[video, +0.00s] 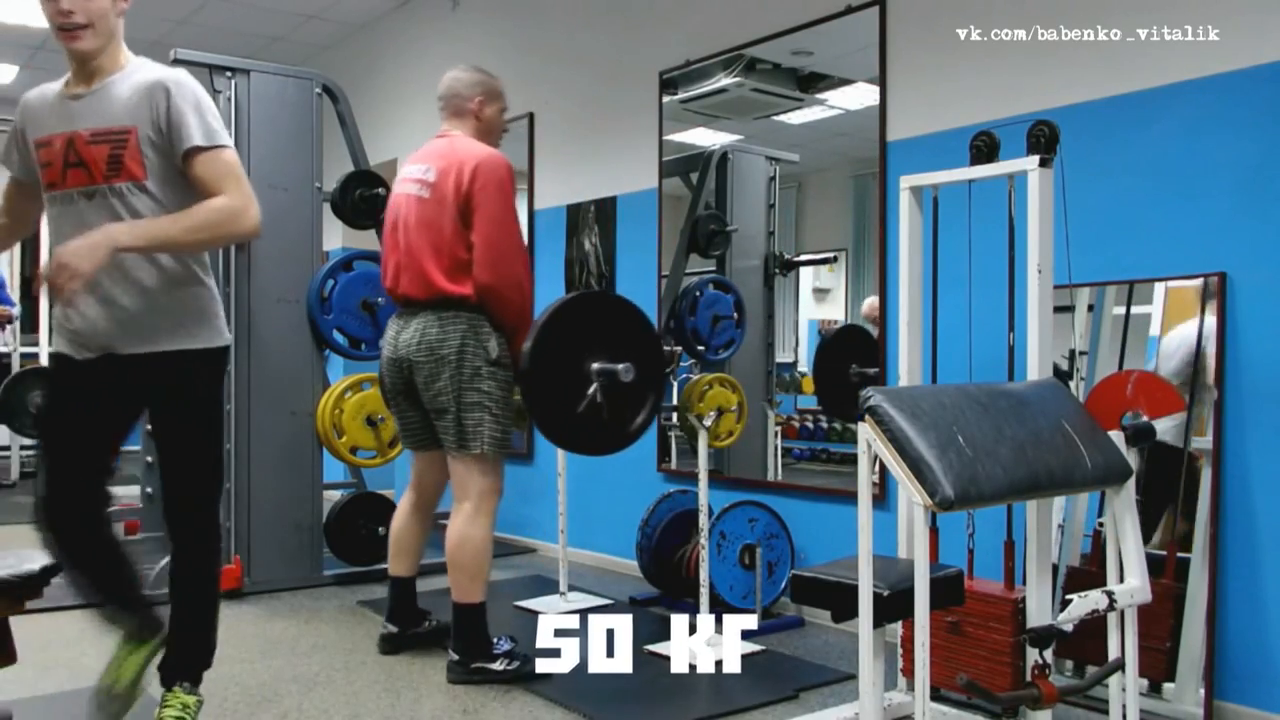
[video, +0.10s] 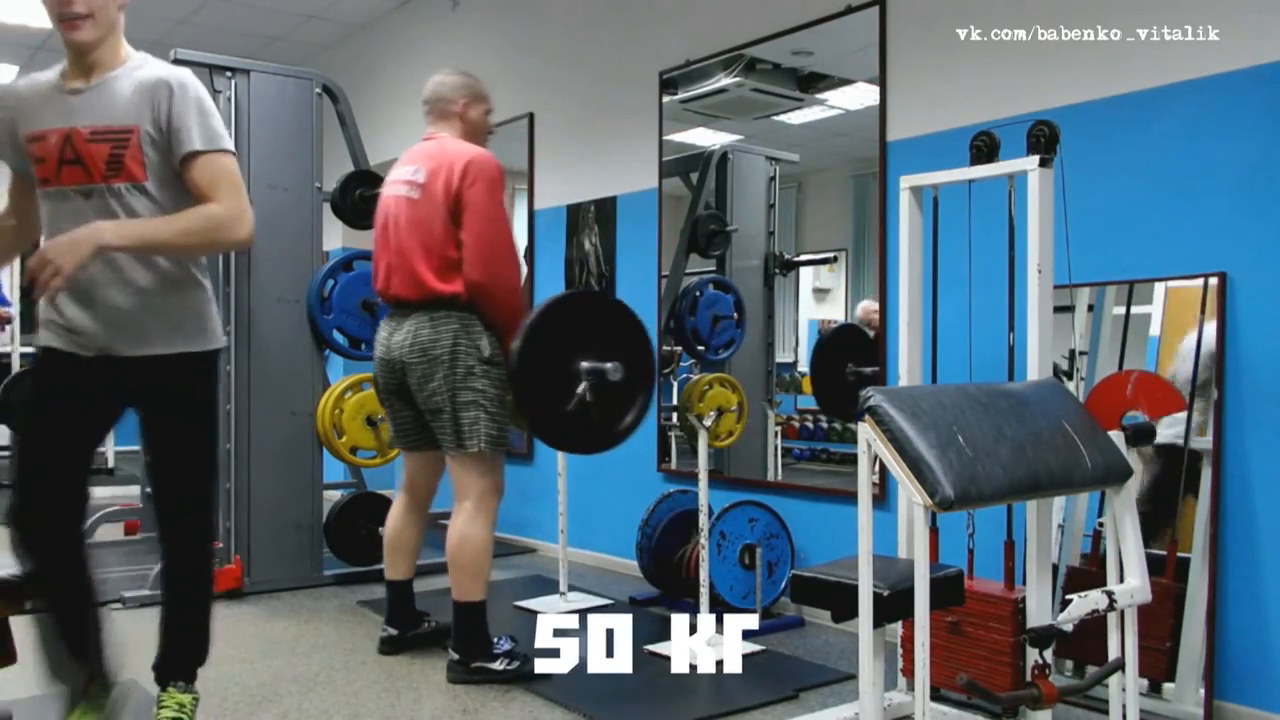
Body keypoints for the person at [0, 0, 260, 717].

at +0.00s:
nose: (68, 9)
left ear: (121, 4)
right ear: (46, 12)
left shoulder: (168, 90)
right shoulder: (33, 110)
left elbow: (241, 210)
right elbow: (16, 216)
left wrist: (110, 238)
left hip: (184, 344)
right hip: (87, 350)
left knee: (191, 522)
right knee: (65, 511)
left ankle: (185, 684)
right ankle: (141, 629)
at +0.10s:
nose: (74, 4)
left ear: (122, 2)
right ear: (47, 7)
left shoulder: (170, 88)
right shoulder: (21, 102)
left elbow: (234, 220)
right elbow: (20, 223)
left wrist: (100, 236)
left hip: (176, 345)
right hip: (72, 346)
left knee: (186, 526)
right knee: (39, 515)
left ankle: (177, 685)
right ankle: (89, 685)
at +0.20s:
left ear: (117, 0)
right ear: (43, 2)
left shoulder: (170, 87)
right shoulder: (12, 93)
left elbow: (234, 224)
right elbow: (8, 229)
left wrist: (98, 243)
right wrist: (7, 308)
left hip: (161, 350)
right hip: (46, 355)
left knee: (172, 528)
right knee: (32, 543)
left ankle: (176, 687)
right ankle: (33, 708)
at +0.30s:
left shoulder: (162, 83)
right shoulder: (3, 82)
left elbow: (236, 222)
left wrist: (111, 255)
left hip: (146, 357)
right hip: (20, 361)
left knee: (165, 535)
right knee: (16, 554)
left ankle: (177, 690)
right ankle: (27, 709)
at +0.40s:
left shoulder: (162, 66)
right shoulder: (5, 61)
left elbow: (235, 208)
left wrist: (124, 252)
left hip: (138, 353)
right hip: (14, 358)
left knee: (170, 543)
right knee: (15, 566)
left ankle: (176, 694)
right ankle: (28, 711)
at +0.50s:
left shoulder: (160, 41)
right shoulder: (4, 35)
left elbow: (231, 189)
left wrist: (136, 231)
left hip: (139, 333)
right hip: (13, 346)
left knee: (185, 571)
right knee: (17, 586)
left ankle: (169, 712)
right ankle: (31, 711)